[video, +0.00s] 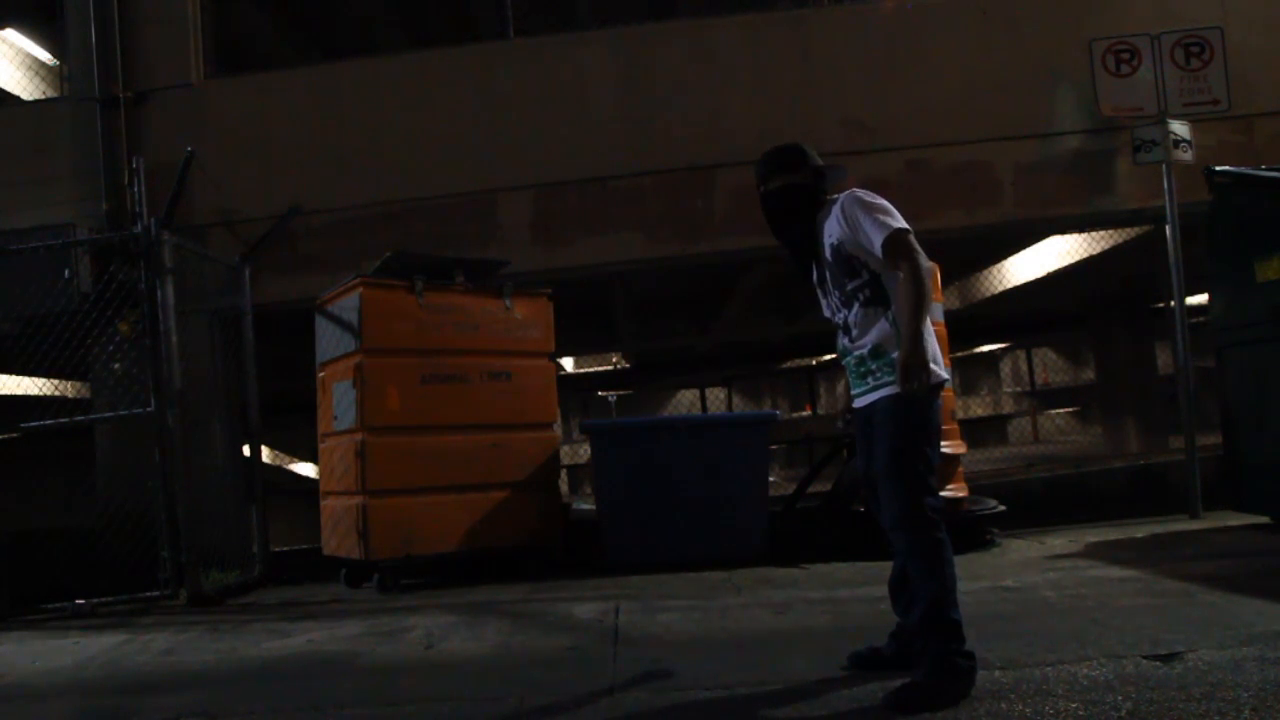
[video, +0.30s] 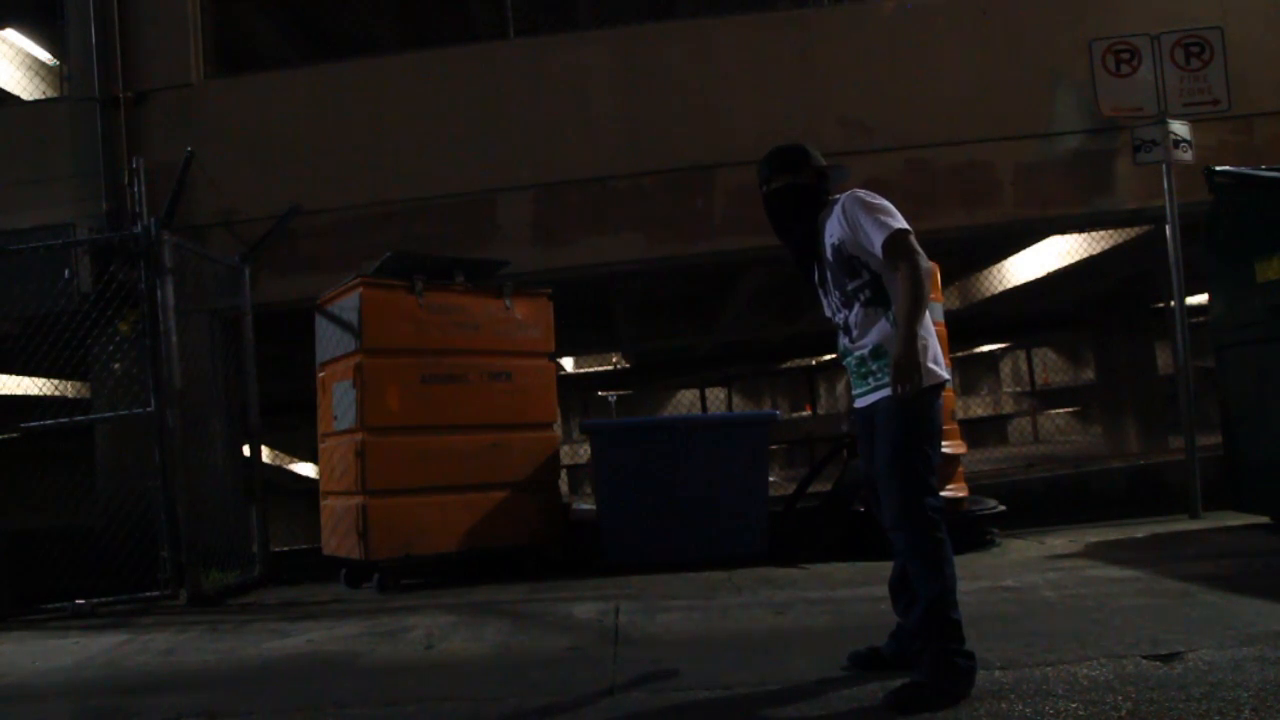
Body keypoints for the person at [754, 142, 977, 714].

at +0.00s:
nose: (773, 207)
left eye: (778, 193)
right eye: (768, 197)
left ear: (806, 182)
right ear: (784, 194)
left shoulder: (852, 206)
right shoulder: (823, 244)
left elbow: (912, 264)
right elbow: (861, 321)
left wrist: (912, 353)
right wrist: (860, 392)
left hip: (904, 393)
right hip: (876, 402)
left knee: (915, 520)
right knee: (897, 520)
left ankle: (947, 660)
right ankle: (914, 638)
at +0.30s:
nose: (773, 207)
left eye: (778, 192)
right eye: (769, 196)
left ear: (807, 181)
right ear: (786, 193)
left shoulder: (853, 206)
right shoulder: (824, 245)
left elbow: (910, 261)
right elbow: (860, 323)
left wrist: (906, 350)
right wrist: (860, 393)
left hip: (905, 391)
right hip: (876, 400)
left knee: (917, 520)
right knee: (898, 520)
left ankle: (946, 660)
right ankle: (913, 639)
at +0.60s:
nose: (777, 206)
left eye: (782, 191)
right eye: (771, 196)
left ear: (811, 181)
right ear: (784, 194)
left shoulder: (855, 206)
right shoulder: (827, 243)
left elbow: (914, 265)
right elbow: (865, 320)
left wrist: (912, 351)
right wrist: (865, 389)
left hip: (905, 393)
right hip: (878, 401)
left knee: (917, 521)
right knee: (899, 521)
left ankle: (946, 662)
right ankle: (914, 639)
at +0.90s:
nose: (777, 205)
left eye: (783, 190)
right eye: (773, 195)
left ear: (813, 180)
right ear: (789, 192)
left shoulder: (856, 206)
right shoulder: (828, 243)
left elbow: (915, 266)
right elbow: (867, 314)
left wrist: (911, 352)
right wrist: (866, 381)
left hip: (906, 392)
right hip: (879, 399)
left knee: (916, 519)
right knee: (899, 520)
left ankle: (946, 660)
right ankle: (914, 639)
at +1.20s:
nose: (777, 204)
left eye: (784, 189)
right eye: (772, 193)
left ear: (814, 180)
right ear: (787, 192)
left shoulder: (859, 208)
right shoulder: (825, 251)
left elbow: (918, 268)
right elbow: (861, 322)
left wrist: (912, 347)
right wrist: (862, 384)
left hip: (906, 391)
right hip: (876, 399)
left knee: (910, 517)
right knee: (896, 518)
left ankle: (945, 659)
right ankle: (913, 638)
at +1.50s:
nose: (770, 209)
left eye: (776, 194)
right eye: (766, 197)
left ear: (806, 185)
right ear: (783, 196)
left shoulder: (855, 210)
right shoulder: (821, 257)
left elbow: (918, 271)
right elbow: (858, 330)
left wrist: (920, 363)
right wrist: (865, 394)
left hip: (906, 393)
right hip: (875, 402)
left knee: (912, 518)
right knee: (896, 519)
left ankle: (945, 660)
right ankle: (914, 639)